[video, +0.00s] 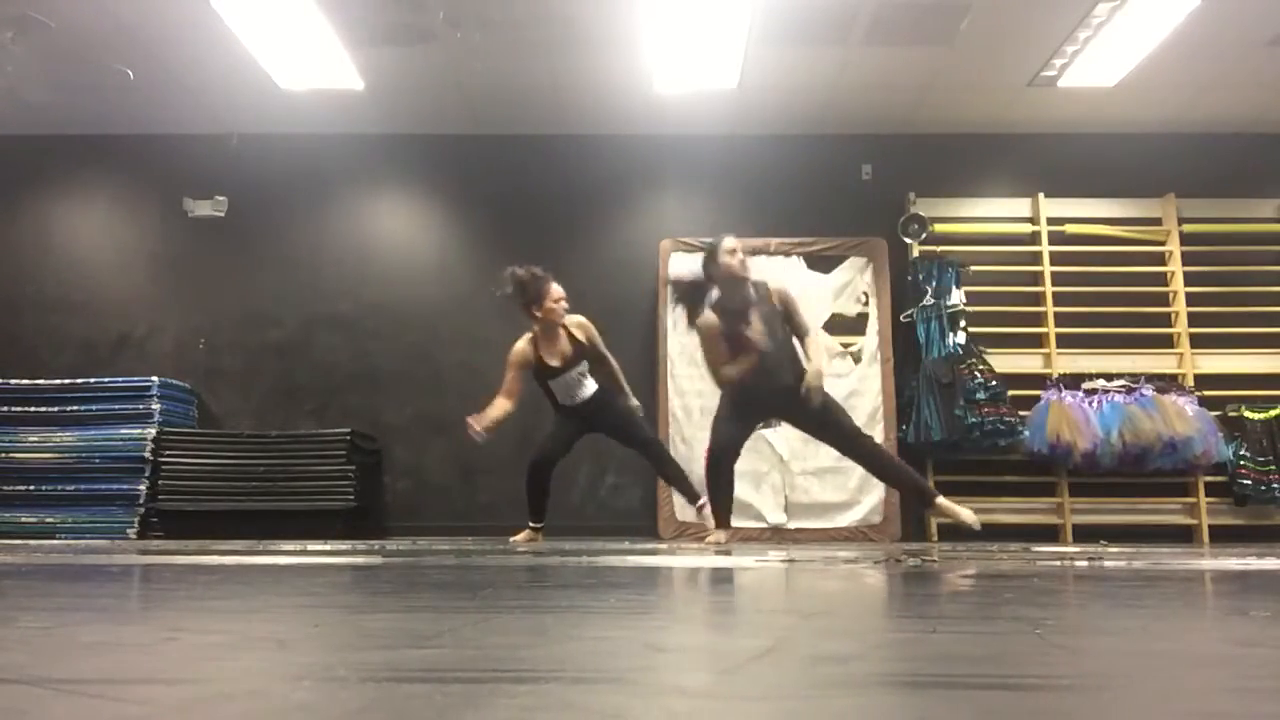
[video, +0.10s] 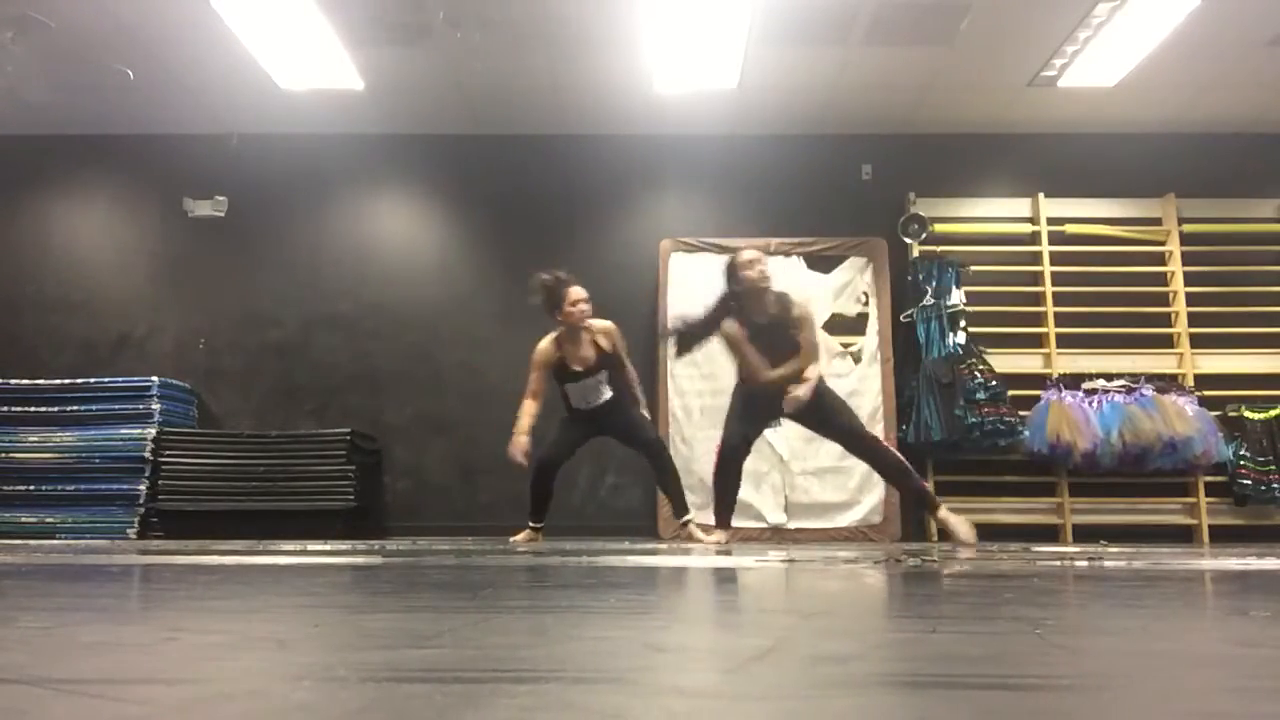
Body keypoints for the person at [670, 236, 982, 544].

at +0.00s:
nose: (742, 257)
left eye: (741, 251)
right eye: (731, 254)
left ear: (745, 258)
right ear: (714, 268)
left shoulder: (774, 295)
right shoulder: (710, 320)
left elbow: (809, 334)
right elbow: (722, 376)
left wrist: (816, 366)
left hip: (793, 391)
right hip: (744, 401)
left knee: (861, 446)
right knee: (719, 455)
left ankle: (937, 501)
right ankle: (721, 529)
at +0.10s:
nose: (761, 269)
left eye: (763, 263)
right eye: (750, 265)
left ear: (769, 270)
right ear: (735, 279)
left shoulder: (795, 307)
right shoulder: (731, 323)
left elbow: (811, 361)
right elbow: (758, 376)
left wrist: (805, 388)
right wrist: (799, 360)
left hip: (801, 384)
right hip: (756, 390)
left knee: (862, 442)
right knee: (731, 448)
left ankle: (940, 512)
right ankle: (721, 529)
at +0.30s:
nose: (833, 211)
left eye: (839, 205)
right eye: (824, 205)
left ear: (848, 214)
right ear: (809, 218)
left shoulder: (869, 255)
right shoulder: (796, 270)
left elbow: (888, 311)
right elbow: (772, 330)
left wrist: (916, 361)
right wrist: (739, 374)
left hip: (864, 363)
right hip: (819, 367)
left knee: (915, 436)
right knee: (776, 438)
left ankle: (926, 527)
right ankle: (727, 522)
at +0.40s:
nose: (864, 194)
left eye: (869, 188)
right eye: (855, 189)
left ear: (879, 195)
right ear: (838, 200)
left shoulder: (893, 240)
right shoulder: (824, 249)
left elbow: (931, 271)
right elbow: (780, 288)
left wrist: (977, 276)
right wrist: (732, 298)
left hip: (899, 347)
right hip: (853, 350)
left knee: (925, 432)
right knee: (822, 428)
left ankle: (927, 527)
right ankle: (800, 495)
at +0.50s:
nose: (891, 190)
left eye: (897, 185)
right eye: (882, 184)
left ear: (905, 194)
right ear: (867, 194)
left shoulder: (915, 233)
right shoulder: (851, 236)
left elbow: (946, 256)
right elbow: (806, 265)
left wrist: (980, 228)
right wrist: (769, 247)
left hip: (916, 340)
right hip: (872, 339)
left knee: (927, 428)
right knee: (866, 425)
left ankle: (926, 524)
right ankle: (876, 508)